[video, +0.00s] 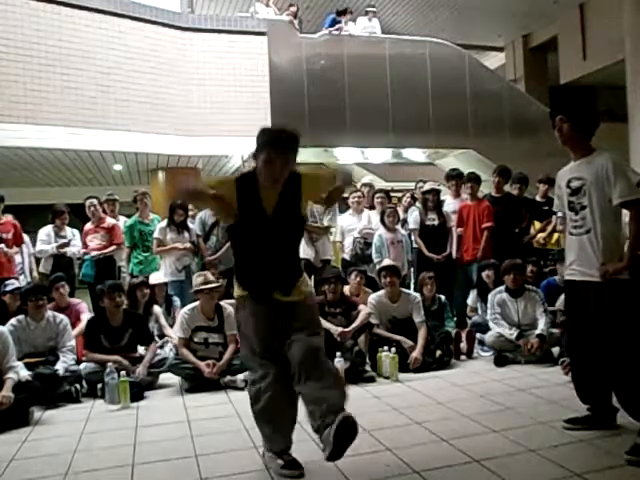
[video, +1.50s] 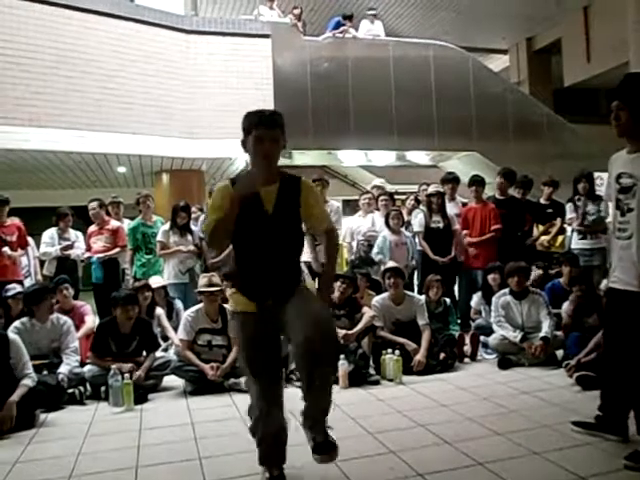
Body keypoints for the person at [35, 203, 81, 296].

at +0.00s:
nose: (64, 222)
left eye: (65, 219)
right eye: (61, 219)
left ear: (68, 219)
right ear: (55, 219)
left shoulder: (74, 233)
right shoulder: (45, 231)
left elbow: (78, 250)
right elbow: (39, 251)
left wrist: (66, 251)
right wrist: (56, 248)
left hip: (69, 270)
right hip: (49, 271)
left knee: (69, 300)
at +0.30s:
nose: (64, 222)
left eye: (65, 219)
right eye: (61, 219)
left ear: (68, 219)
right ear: (55, 219)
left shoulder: (74, 232)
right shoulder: (45, 231)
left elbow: (78, 250)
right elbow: (38, 251)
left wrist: (66, 251)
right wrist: (55, 248)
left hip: (69, 270)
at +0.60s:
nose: (63, 222)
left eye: (65, 219)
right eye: (60, 219)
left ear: (68, 219)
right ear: (55, 219)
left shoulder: (74, 232)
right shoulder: (45, 231)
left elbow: (78, 250)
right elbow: (38, 250)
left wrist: (66, 251)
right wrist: (55, 248)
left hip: (69, 268)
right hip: (51, 268)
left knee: (69, 297)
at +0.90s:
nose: (63, 222)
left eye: (65, 219)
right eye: (60, 219)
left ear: (68, 219)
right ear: (55, 219)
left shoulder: (74, 232)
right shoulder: (45, 231)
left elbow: (78, 250)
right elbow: (39, 250)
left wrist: (66, 251)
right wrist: (55, 248)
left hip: (69, 268)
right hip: (50, 268)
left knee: (69, 297)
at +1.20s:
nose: (68, 224)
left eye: (70, 221)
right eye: (66, 221)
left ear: (73, 221)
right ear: (59, 221)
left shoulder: (78, 234)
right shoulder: (49, 233)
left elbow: (82, 251)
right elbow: (43, 252)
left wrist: (70, 253)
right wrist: (60, 250)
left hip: (73, 269)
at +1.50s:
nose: (68, 224)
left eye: (69, 221)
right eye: (65, 221)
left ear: (72, 221)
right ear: (59, 221)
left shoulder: (77, 234)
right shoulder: (49, 234)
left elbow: (81, 251)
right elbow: (42, 253)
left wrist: (70, 253)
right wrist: (59, 250)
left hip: (72, 270)